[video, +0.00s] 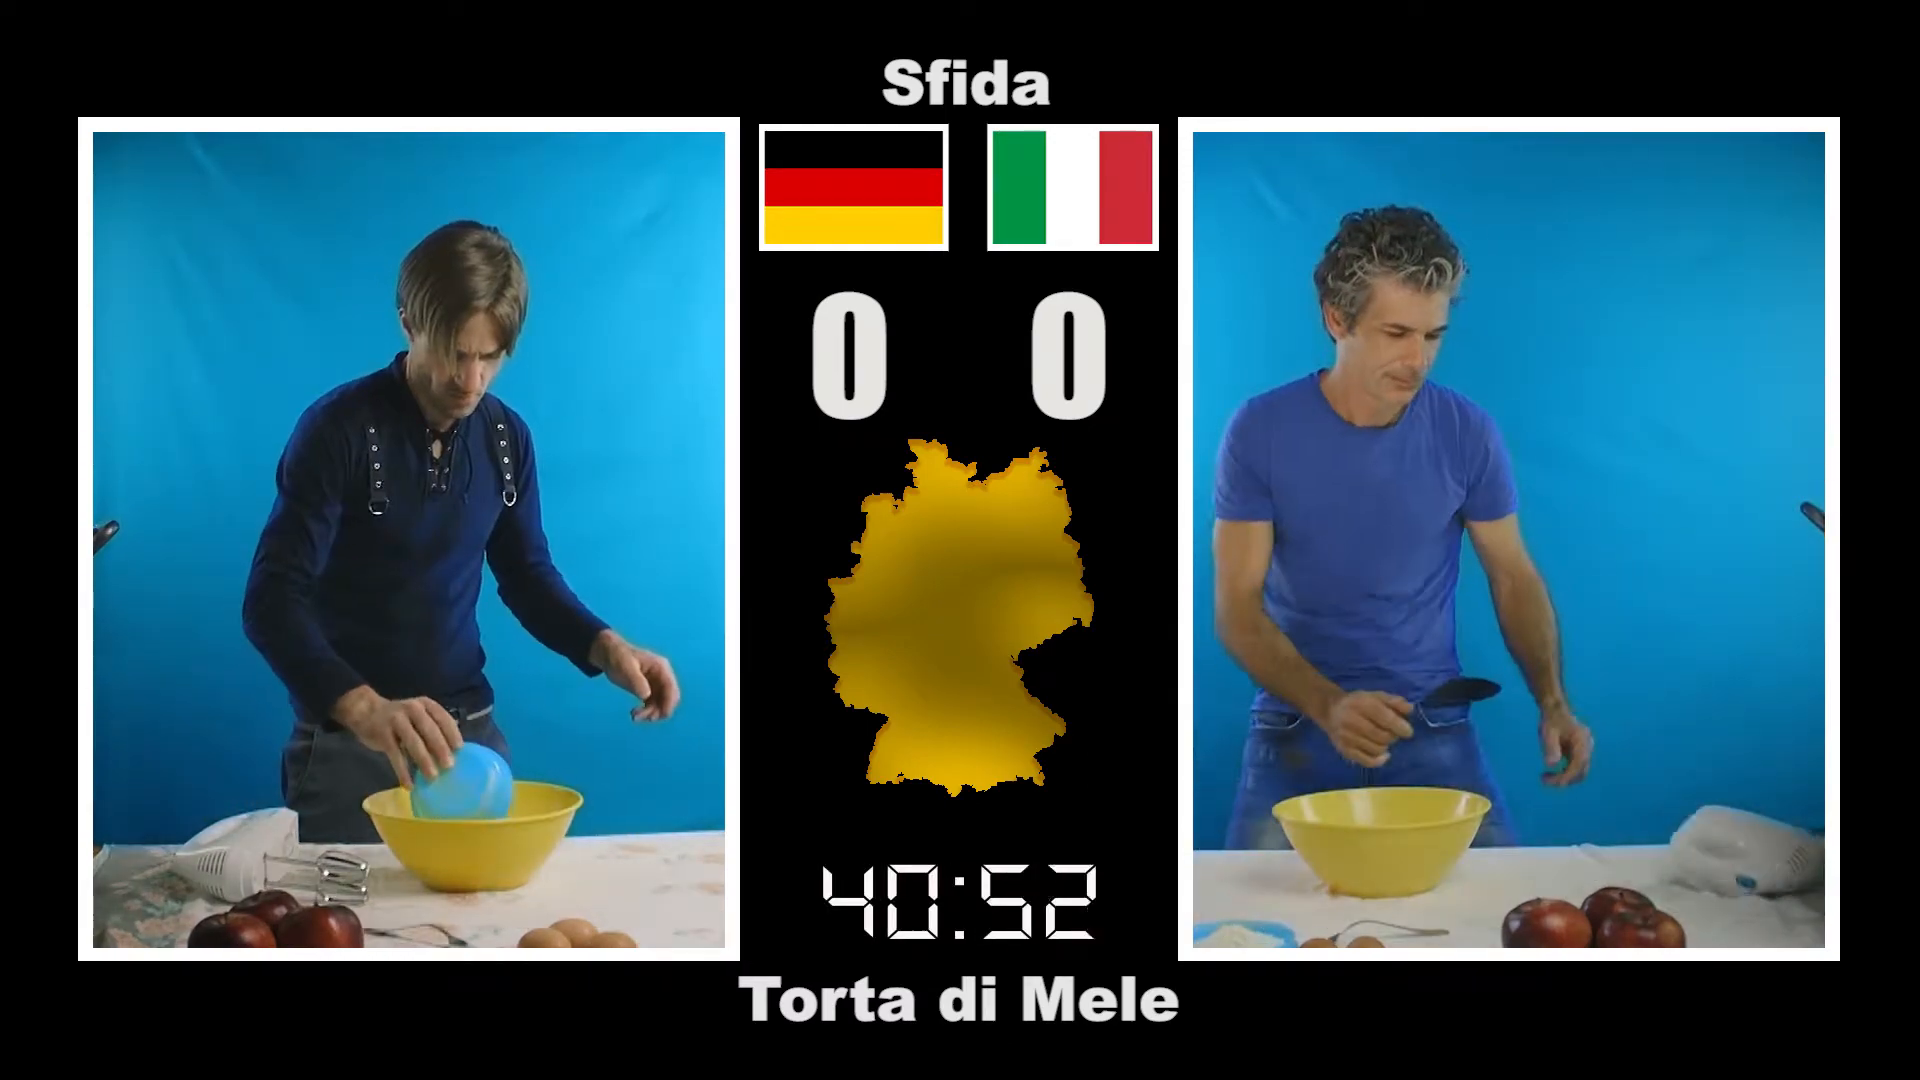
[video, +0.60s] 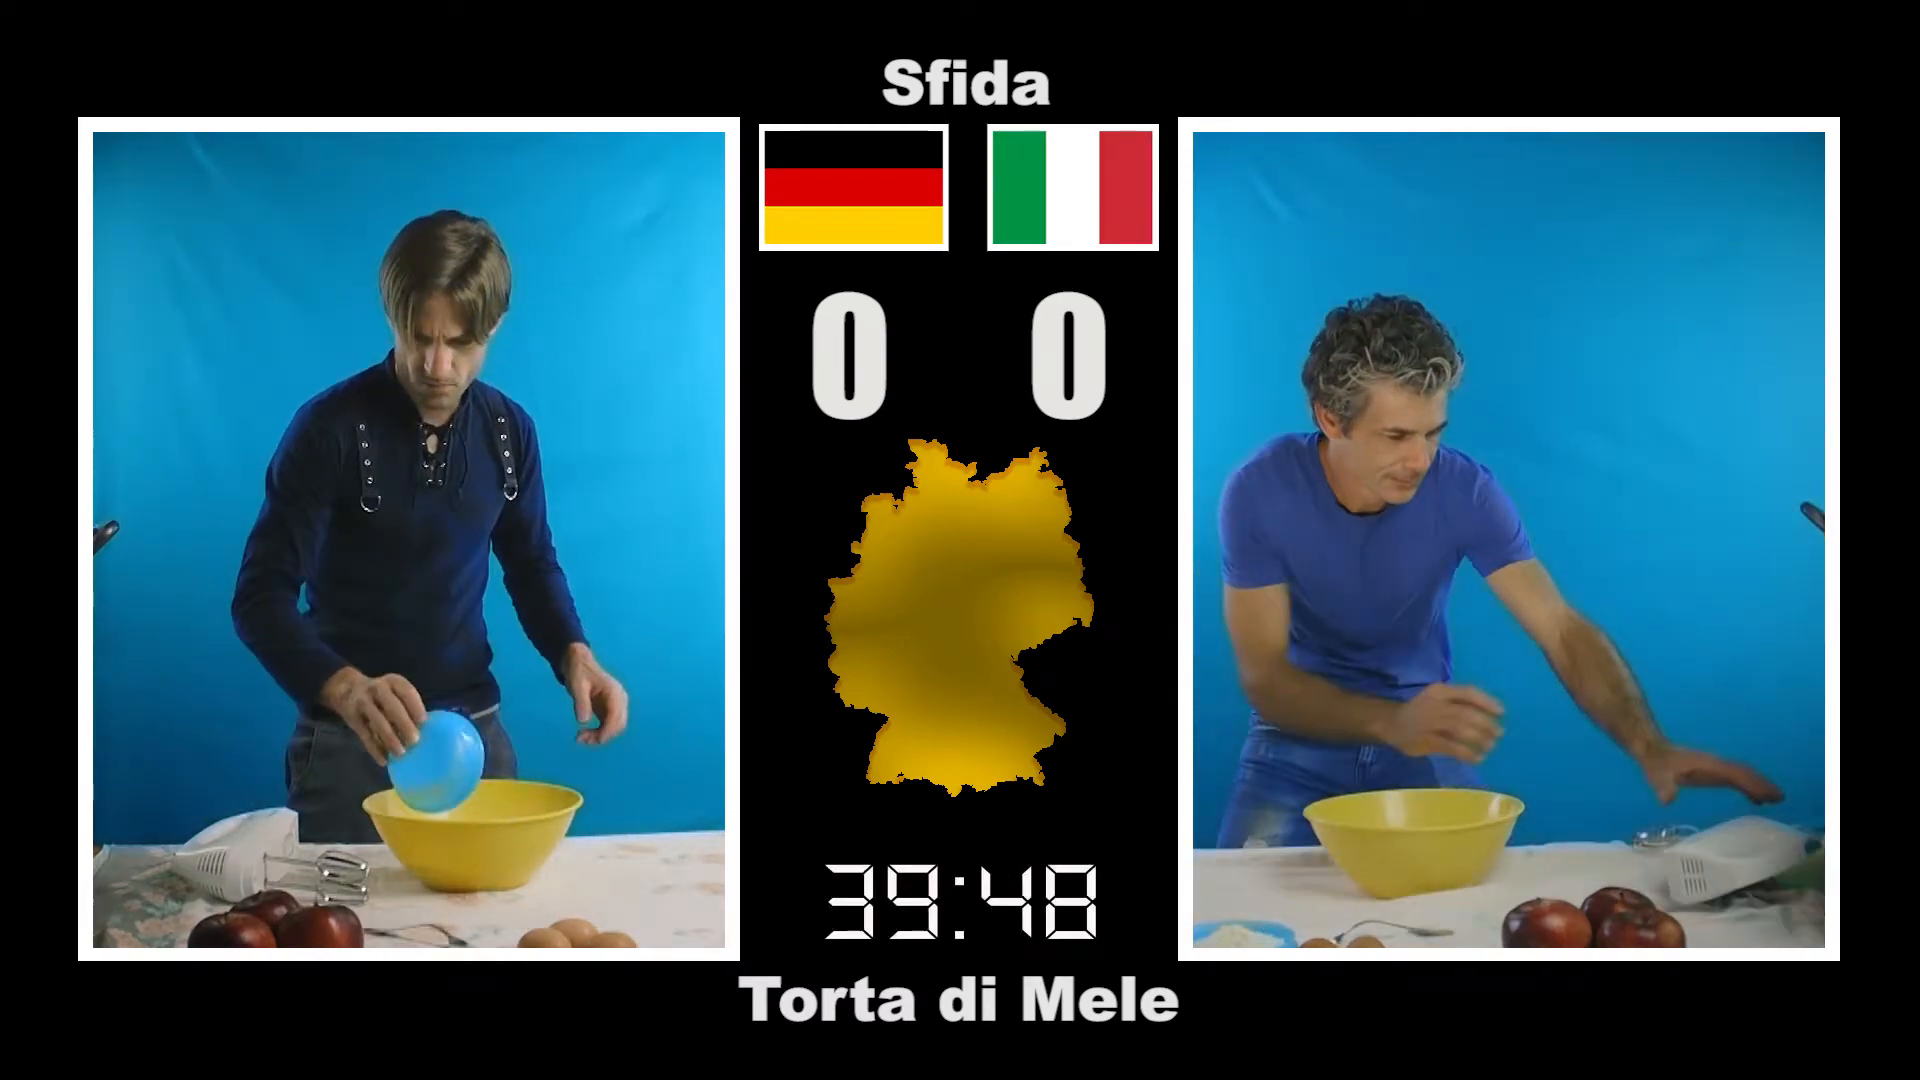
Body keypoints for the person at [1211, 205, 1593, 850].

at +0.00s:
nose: (1417, 359)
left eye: (1434, 335)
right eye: (1396, 334)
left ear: (1447, 326)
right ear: (1338, 322)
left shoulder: (1464, 433)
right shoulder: (1262, 433)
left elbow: (1513, 574)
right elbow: (1238, 610)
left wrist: (1553, 701)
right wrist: (1329, 703)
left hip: (1433, 739)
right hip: (1297, 741)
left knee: (1496, 925)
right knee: (1265, 937)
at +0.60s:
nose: (1420, 460)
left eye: (1432, 433)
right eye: (1396, 438)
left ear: (1442, 411)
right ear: (1328, 421)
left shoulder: (1463, 493)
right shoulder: (1260, 495)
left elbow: (1561, 631)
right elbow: (1266, 684)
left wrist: (1651, 749)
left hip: (1419, 762)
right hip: (1294, 759)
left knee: (1436, 932)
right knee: (1254, 926)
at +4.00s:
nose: (1503, 347)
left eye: (1529, 320)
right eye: (1480, 319)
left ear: (1565, 295)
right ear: (1452, 292)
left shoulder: (1618, 414)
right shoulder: (1392, 401)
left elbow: (1653, 599)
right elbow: (1338, 557)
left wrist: (1556, 713)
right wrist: (1370, 648)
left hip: (1559, 762)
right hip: (1417, 756)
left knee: (1554, 951)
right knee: (1410, 951)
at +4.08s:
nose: (1503, 347)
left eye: (1528, 321)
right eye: (1480, 320)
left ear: (1564, 298)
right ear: (1452, 294)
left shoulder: (1617, 413)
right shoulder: (1391, 401)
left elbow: (1648, 597)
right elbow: (1335, 555)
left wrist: (1546, 714)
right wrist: (1368, 647)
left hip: (1558, 760)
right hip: (1415, 756)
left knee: (1555, 952)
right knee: (1407, 951)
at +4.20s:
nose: (1503, 348)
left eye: (1528, 322)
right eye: (1480, 321)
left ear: (1564, 298)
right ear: (1452, 293)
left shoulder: (1615, 412)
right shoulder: (1390, 399)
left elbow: (1639, 602)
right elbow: (1335, 556)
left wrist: (1528, 717)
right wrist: (1369, 647)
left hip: (1556, 758)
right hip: (1416, 757)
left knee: (1552, 951)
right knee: (1406, 950)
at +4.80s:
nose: (1488, 350)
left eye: (1514, 323)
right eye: (1465, 322)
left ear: (1550, 298)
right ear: (1438, 293)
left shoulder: (1601, 411)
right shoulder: (1376, 401)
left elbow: (1624, 602)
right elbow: (1332, 572)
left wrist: (1511, 726)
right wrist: (1391, 671)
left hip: (1546, 758)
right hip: (1403, 757)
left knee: (1545, 954)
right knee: (1397, 952)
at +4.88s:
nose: (1486, 350)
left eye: (1512, 324)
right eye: (1463, 322)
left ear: (1548, 298)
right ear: (1436, 293)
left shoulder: (1600, 411)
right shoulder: (1375, 401)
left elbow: (1623, 602)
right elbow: (1332, 572)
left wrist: (1511, 726)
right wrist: (1393, 673)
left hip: (1546, 758)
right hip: (1403, 758)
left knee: (1544, 953)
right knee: (1397, 952)